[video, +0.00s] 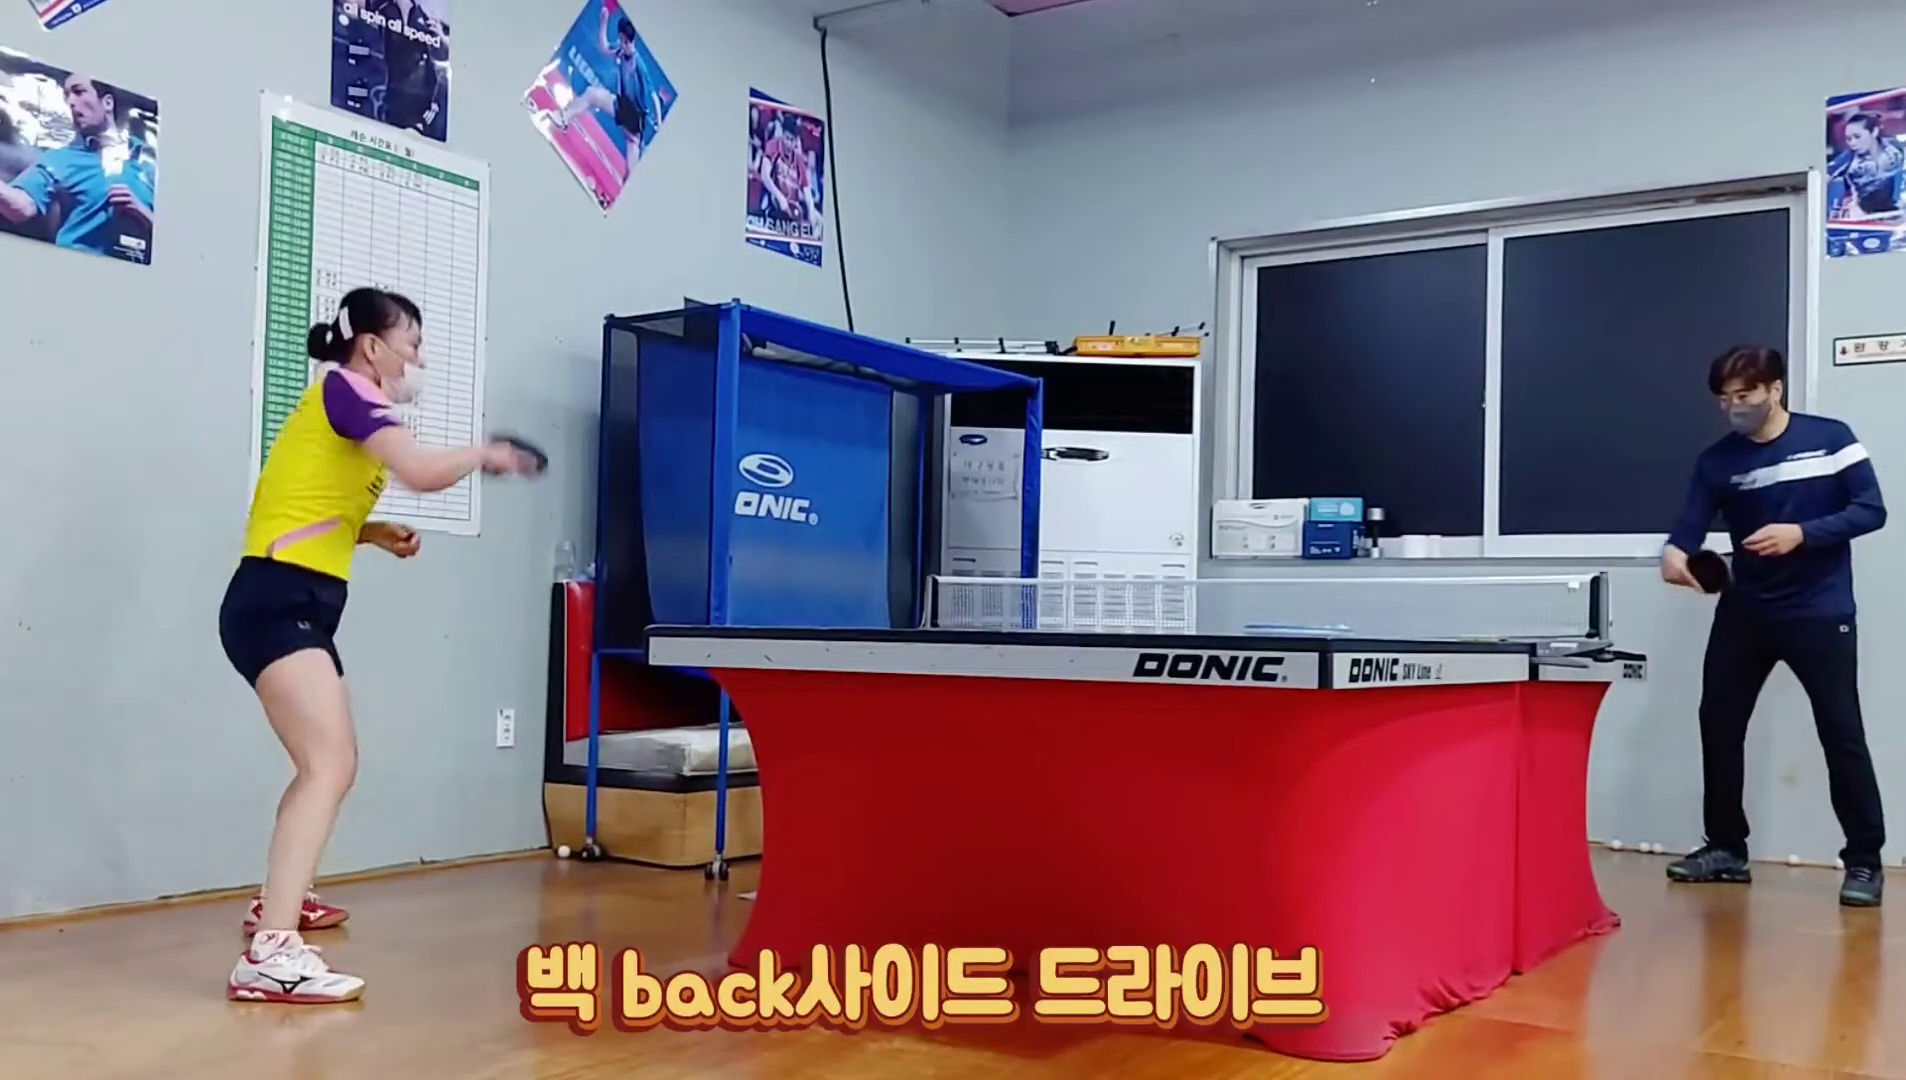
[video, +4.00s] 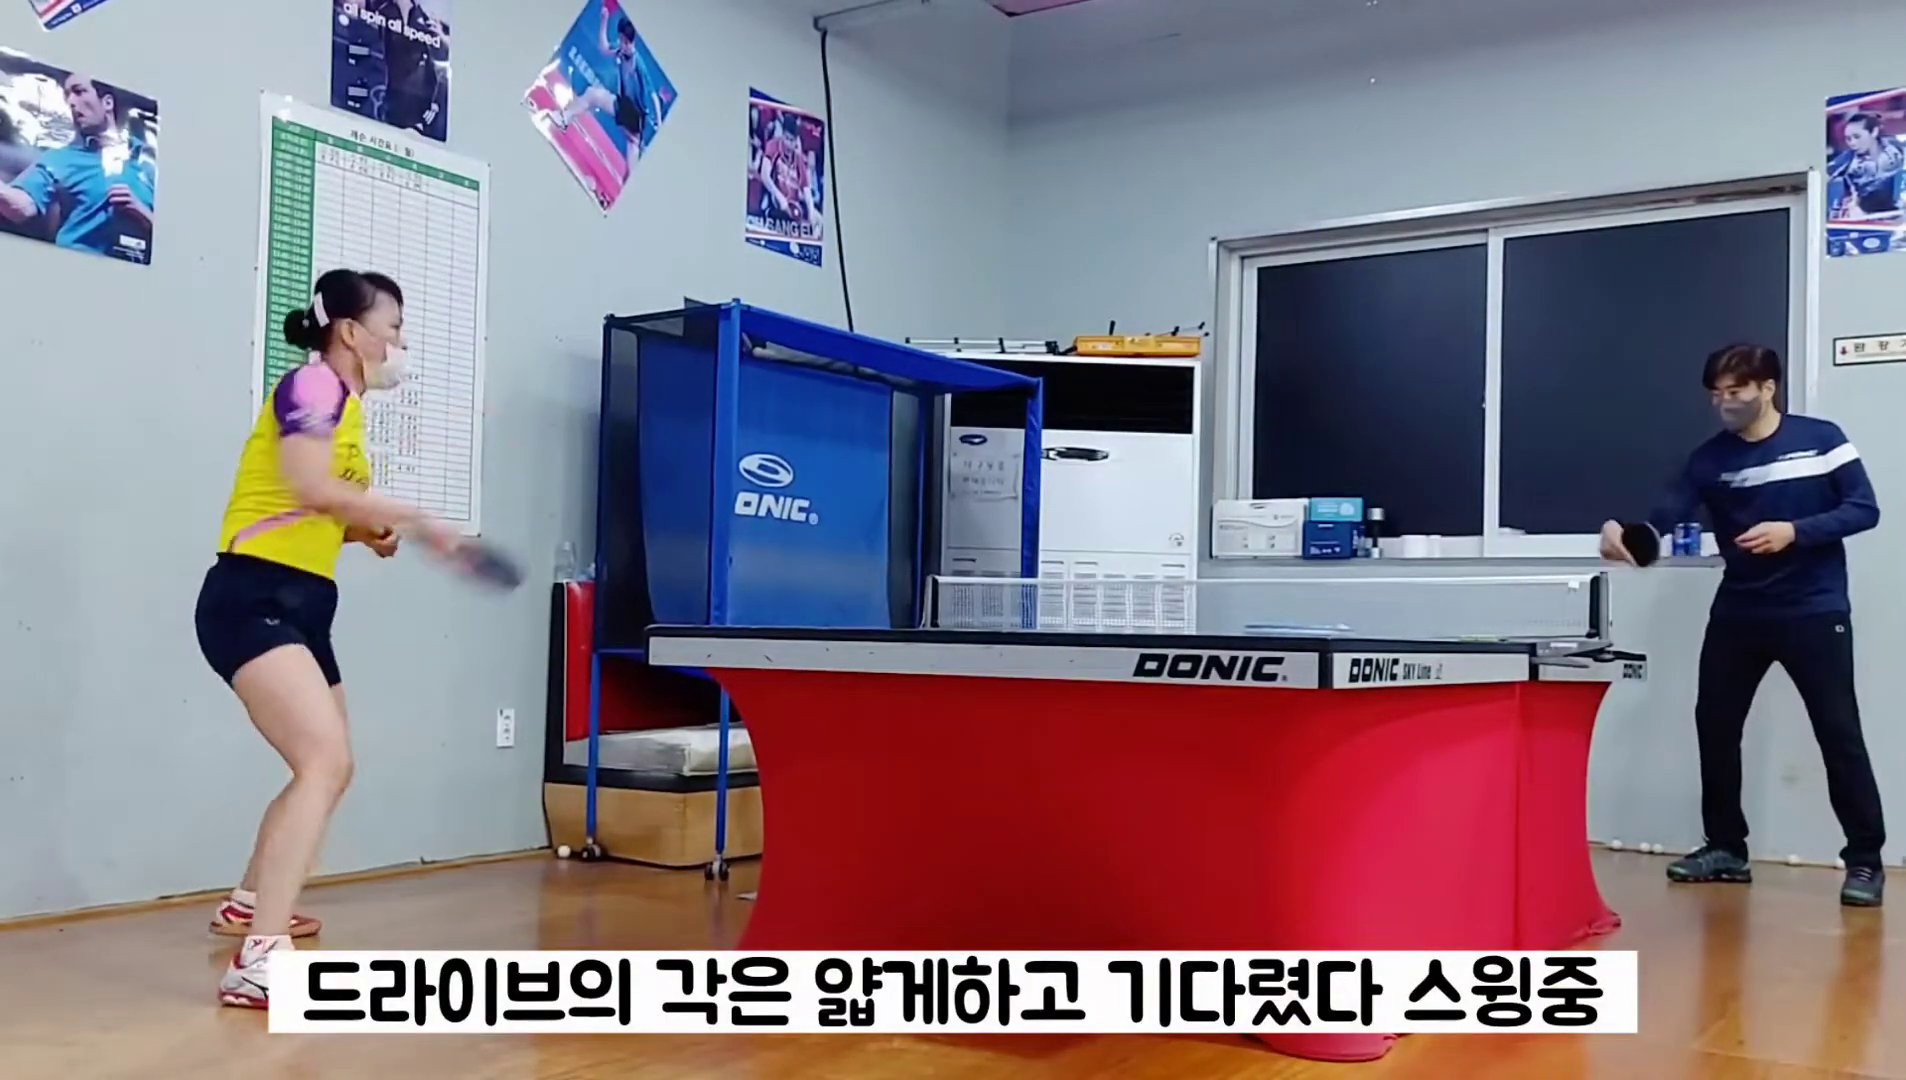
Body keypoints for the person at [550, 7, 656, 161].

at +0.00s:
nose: (621, 42)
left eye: (624, 39)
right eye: (621, 39)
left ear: (628, 40)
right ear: (619, 38)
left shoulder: (632, 58)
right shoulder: (621, 53)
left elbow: (631, 55)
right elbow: (604, 50)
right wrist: (603, 23)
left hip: (629, 108)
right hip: (636, 114)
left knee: (592, 94)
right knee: (633, 146)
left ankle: (563, 118)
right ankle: (630, 182)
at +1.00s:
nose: (622, 43)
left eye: (624, 40)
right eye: (621, 39)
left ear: (629, 41)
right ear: (620, 38)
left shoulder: (633, 57)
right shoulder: (621, 53)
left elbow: (631, 55)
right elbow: (603, 50)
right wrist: (603, 23)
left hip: (629, 109)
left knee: (592, 94)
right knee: (633, 146)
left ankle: (563, 118)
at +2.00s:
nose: (621, 42)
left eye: (624, 40)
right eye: (621, 39)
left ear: (628, 40)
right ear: (619, 38)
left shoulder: (631, 57)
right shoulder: (621, 53)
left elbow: (630, 55)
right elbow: (604, 50)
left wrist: (628, 50)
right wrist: (604, 22)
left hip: (628, 107)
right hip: (636, 114)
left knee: (592, 94)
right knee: (633, 144)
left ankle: (562, 118)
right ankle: (629, 179)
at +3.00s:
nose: (622, 42)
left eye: (624, 39)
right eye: (621, 39)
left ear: (628, 40)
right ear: (622, 39)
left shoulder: (631, 56)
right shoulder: (622, 53)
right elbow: (603, 49)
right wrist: (604, 22)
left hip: (628, 109)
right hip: (636, 116)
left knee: (593, 95)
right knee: (632, 161)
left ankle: (564, 118)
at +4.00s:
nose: (622, 43)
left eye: (624, 40)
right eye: (621, 39)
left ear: (628, 41)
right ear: (622, 39)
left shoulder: (631, 55)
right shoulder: (623, 52)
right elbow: (604, 50)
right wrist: (604, 22)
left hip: (628, 109)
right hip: (637, 115)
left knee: (593, 94)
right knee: (632, 163)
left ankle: (563, 118)